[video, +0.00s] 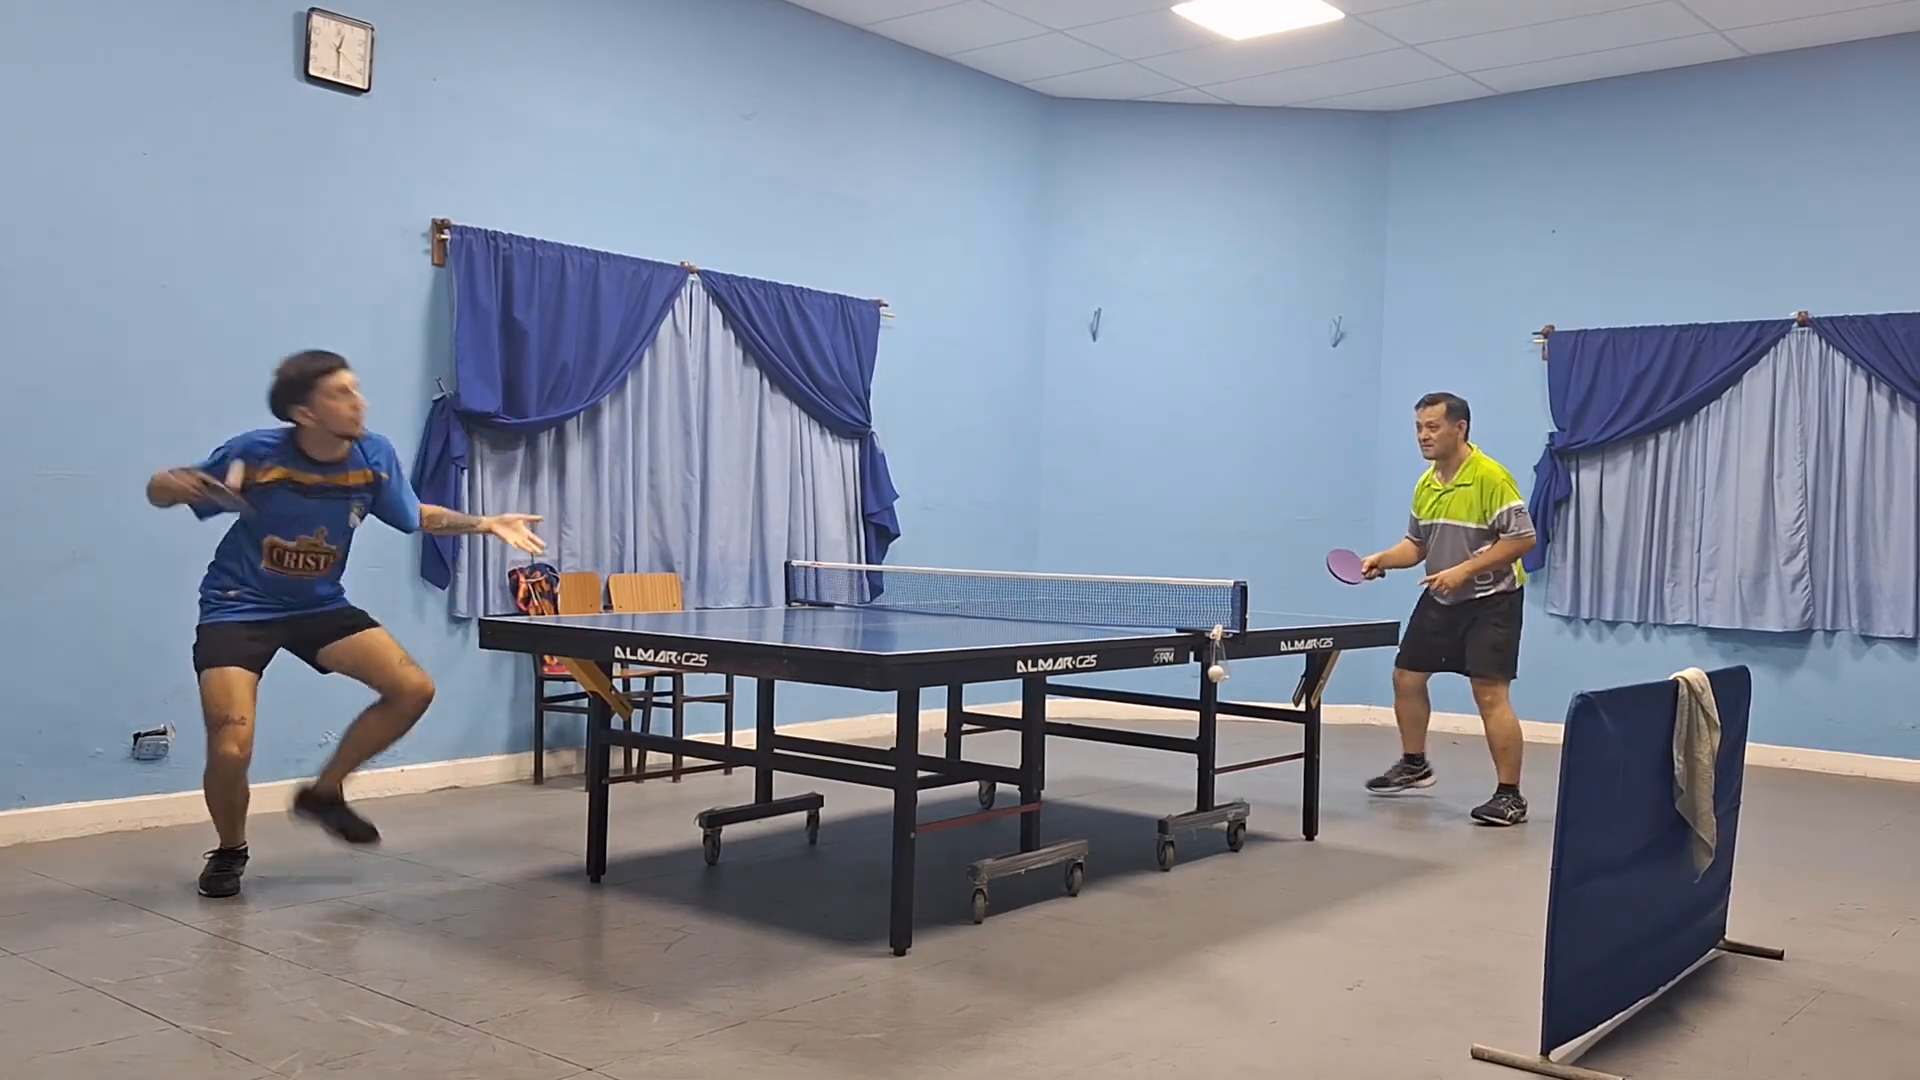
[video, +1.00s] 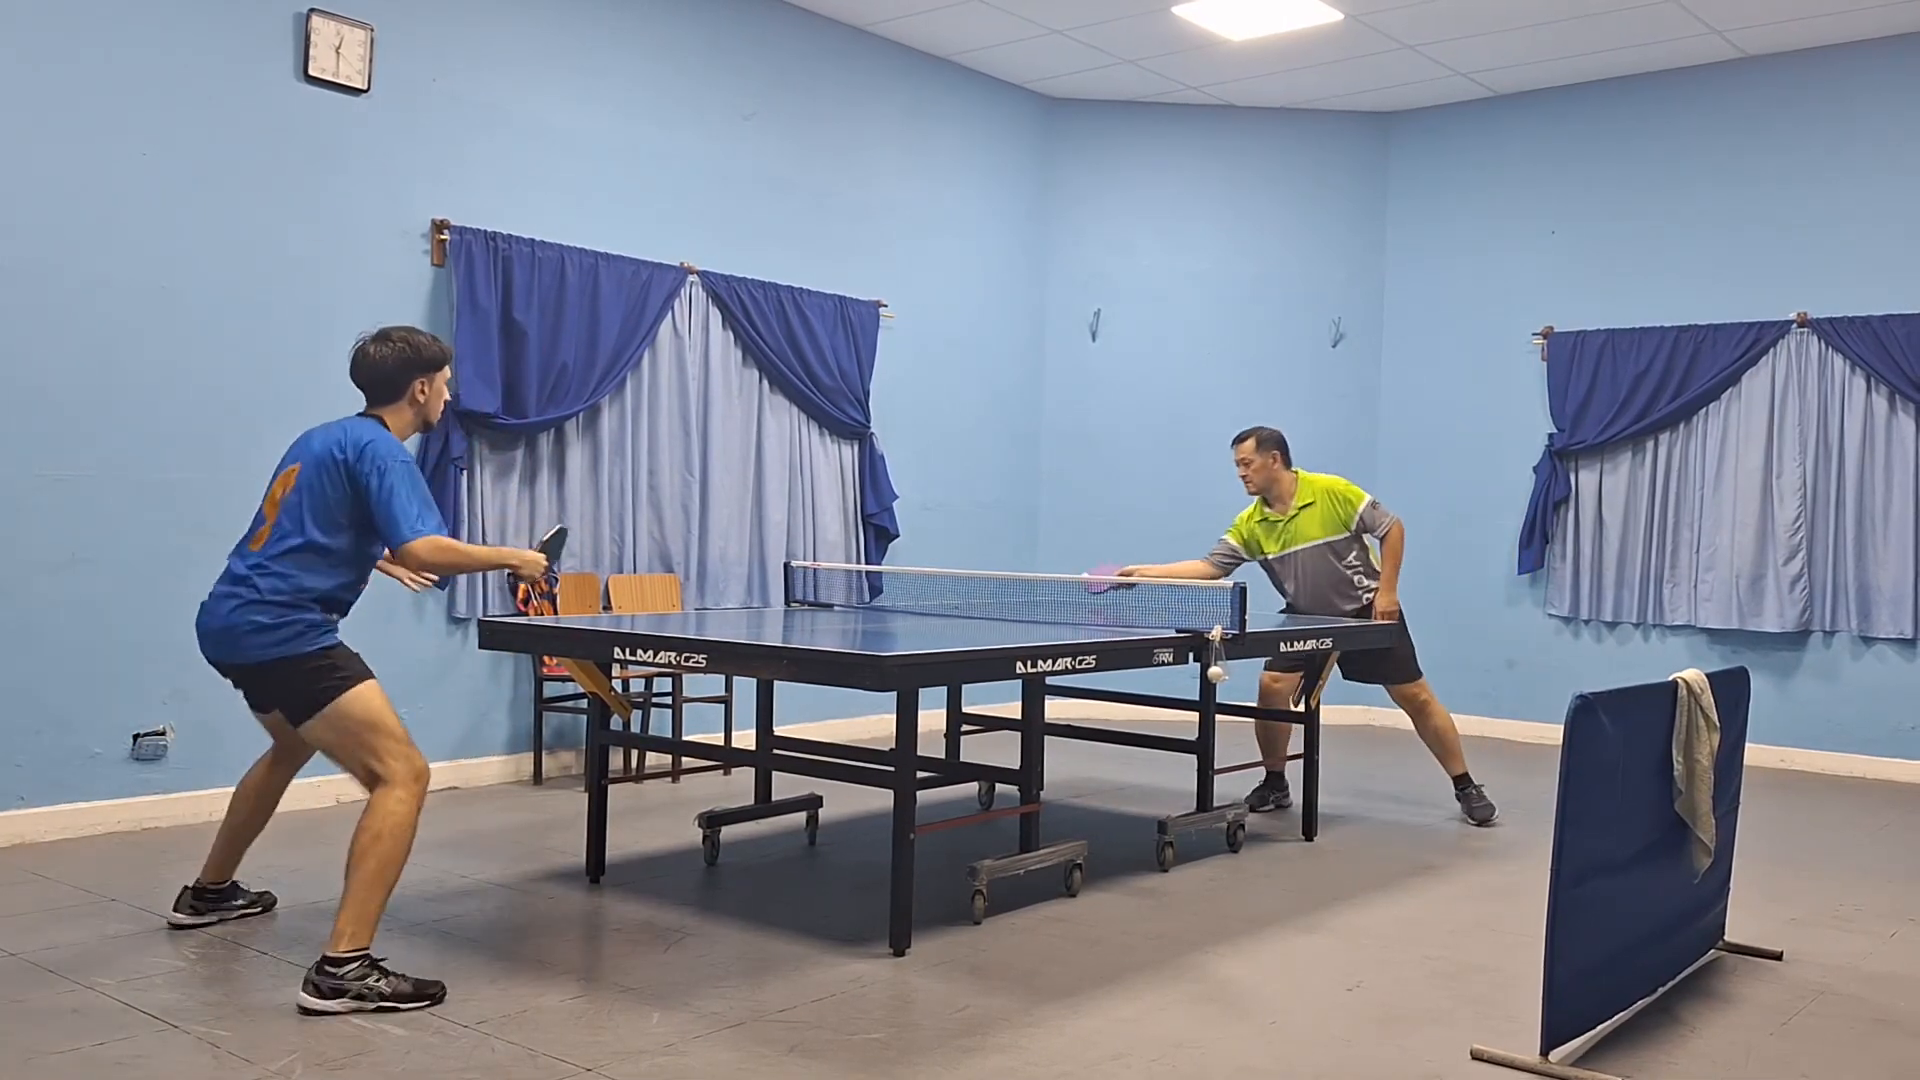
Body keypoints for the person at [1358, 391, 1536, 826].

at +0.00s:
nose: (1423, 435)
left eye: (1432, 427)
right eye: (1419, 428)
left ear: (1460, 428)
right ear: (1418, 433)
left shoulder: (1491, 477)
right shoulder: (1426, 485)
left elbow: (1522, 537)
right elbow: (1417, 544)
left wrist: (1465, 570)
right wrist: (1383, 560)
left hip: (1492, 603)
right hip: (1439, 601)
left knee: (1490, 693)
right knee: (1407, 678)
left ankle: (1509, 795)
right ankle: (1414, 764)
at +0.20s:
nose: (1405, 438)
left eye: (1414, 430)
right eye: (1401, 431)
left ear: (1441, 431)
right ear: (1399, 435)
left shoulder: (1472, 479)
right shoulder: (1404, 487)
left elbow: (1511, 537)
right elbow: (1391, 544)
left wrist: (1458, 574)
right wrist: (1363, 560)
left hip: (1472, 609)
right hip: (1417, 609)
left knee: (1474, 696)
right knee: (1396, 689)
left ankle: (1507, 794)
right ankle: (1378, 776)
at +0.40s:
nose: (1392, 439)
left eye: (1400, 431)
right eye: (1389, 433)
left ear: (1430, 433)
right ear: (1389, 438)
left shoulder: (1467, 483)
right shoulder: (1390, 491)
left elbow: (1505, 540)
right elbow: (1365, 547)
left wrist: (1453, 579)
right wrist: (1325, 555)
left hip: (1461, 612)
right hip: (1404, 610)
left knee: (1470, 700)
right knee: (1361, 684)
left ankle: (1493, 793)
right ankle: (1370, 769)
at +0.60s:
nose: (1351, 446)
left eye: (1358, 437)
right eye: (1348, 440)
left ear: (1386, 437)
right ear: (1353, 444)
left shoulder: (1428, 484)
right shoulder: (1354, 498)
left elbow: (1470, 539)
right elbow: (1324, 550)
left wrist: (1429, 590)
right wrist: (1267, 558)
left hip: (1433, 616)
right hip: (1373, 618)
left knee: (1453, 706)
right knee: (1331, 690)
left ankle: (1490, 794)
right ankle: (1289, 772)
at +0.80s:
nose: (1282, 463)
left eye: (1288, 453)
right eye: (1280, 455)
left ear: (1317, 451)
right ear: (1298, 456)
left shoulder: (1367, 489)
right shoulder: (1292, 514)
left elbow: (1416, 540)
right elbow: (1256, 562)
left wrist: (1398, 595)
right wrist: (1195, 562)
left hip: (1389, 615)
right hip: (1328, 621)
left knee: (1430, 703)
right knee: (1288, 686)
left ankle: (1481, 791)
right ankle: (1276, 784)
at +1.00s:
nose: (1240, 472)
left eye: (1247, 463)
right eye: (1237, 465)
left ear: (1276, 460)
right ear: (1255, 469)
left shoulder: (1331, 492)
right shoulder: (1250, 525)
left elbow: (1391, 528)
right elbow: (1211, 566)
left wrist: (1388, 588)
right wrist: (1147, 572)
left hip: (1368, 614)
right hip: (1308, 624)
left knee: (1415, 697)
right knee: (1272, 688)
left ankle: (1466, 787)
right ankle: (1274, 785)